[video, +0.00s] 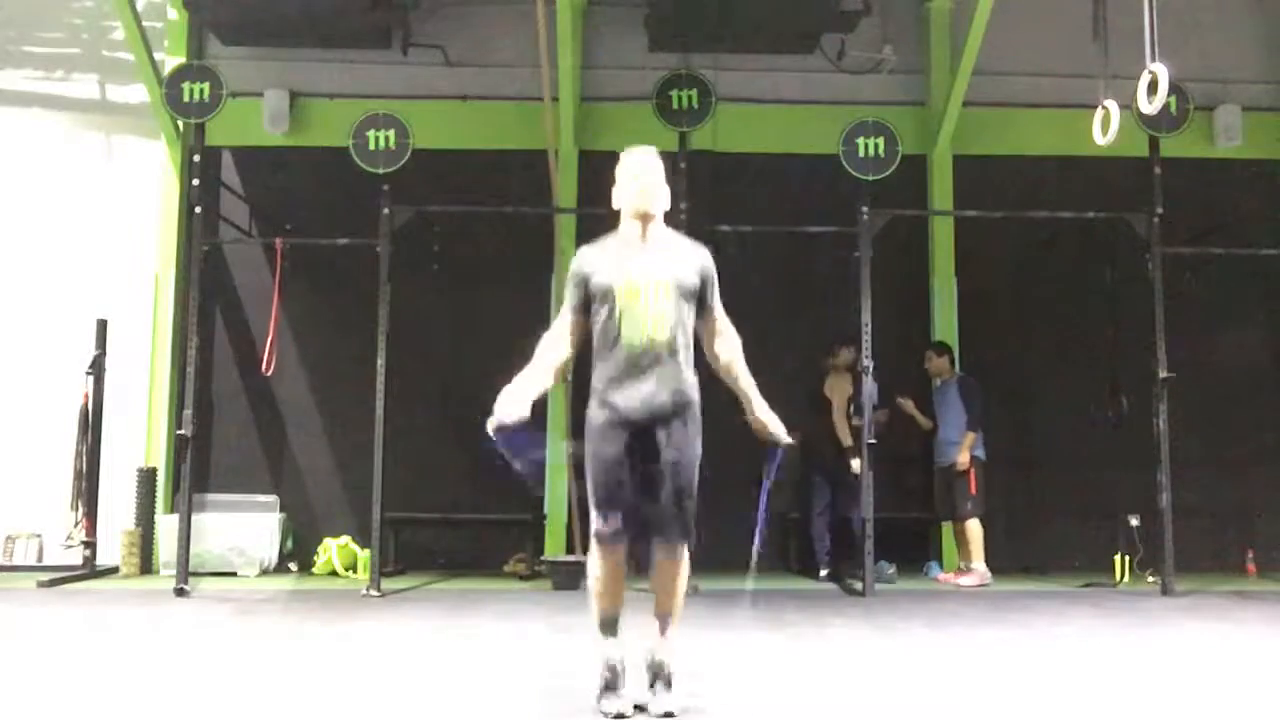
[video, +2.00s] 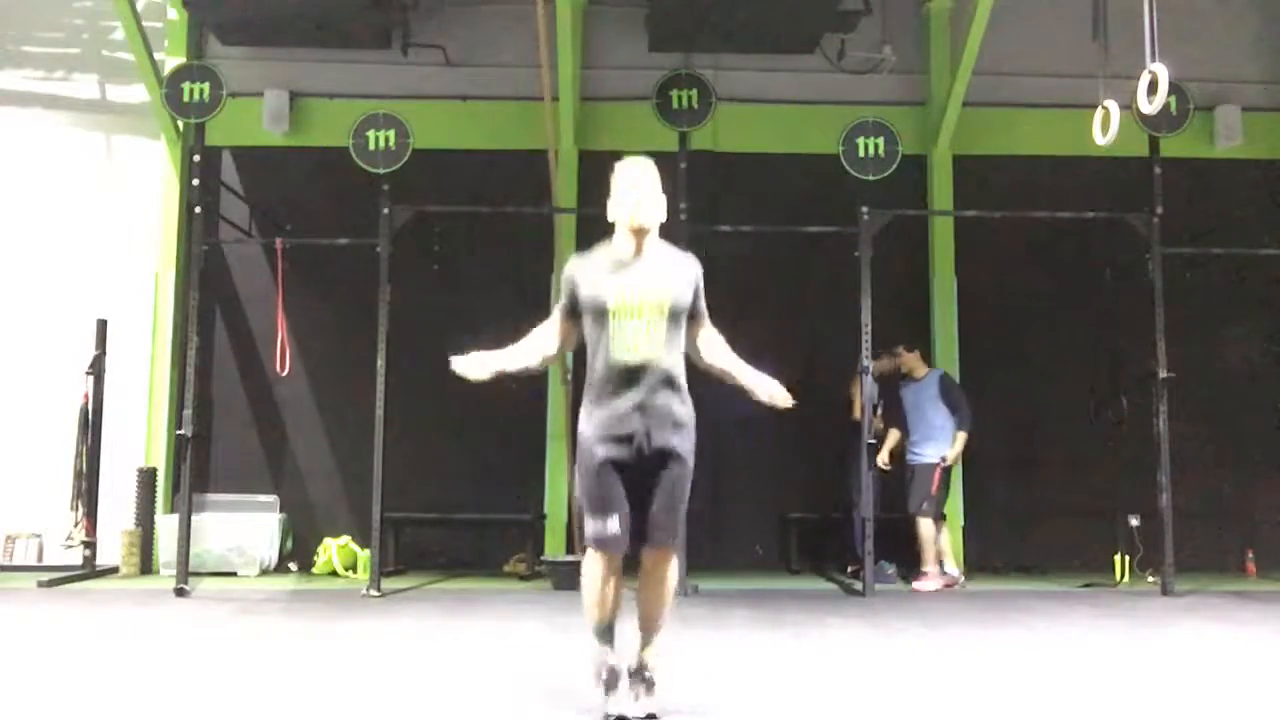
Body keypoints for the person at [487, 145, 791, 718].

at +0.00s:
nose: (644, 191)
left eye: (652, 181)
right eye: (634, 181)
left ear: (666, 190)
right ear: (616, 191)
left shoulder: (695, 259)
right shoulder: (590, 260)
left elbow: (720, 340)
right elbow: (563, 339)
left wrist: (756, 405)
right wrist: (521, 392)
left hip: (675, 410)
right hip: (610, 410)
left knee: (672, 533)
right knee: (608, 532)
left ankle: (662, 654)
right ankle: (608, 654)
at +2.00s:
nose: (642, 201)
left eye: (650, 191)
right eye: (632, 191)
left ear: (663, 202)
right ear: (612, 202)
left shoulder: (685, 269)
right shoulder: (582, 269)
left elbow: (704, 339)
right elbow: (554, 338)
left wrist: (752, 378)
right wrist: (496, 360)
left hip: (670, 421)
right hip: (603, 422)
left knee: (661, 546)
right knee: (606, 542)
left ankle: (644, 663)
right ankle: (604, 653)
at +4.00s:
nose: (648, 154)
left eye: (655, 147)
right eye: (637, 146)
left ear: (670, 159)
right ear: (619, 158)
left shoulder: (696, 224)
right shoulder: (593, 228)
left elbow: (727, 293)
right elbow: (571, 296)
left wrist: (764, 350)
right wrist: (544, 344)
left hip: (678, 364)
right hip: (616, 366)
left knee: (676, 477)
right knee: (618, 475)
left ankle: (662, 595)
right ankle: (623, 595)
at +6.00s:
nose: (648, 248)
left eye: (656, 239)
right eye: (638, 238)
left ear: (670, 248)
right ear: (621, 249)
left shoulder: (695, 315)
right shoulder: (594, 317)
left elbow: (728, 380)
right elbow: (561, 384)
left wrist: (781, 409)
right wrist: (521, 394)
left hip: (680, 461)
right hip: (617, 460)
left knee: (676, 573)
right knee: (625, 570)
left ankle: (659, 666)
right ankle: (630, 668)